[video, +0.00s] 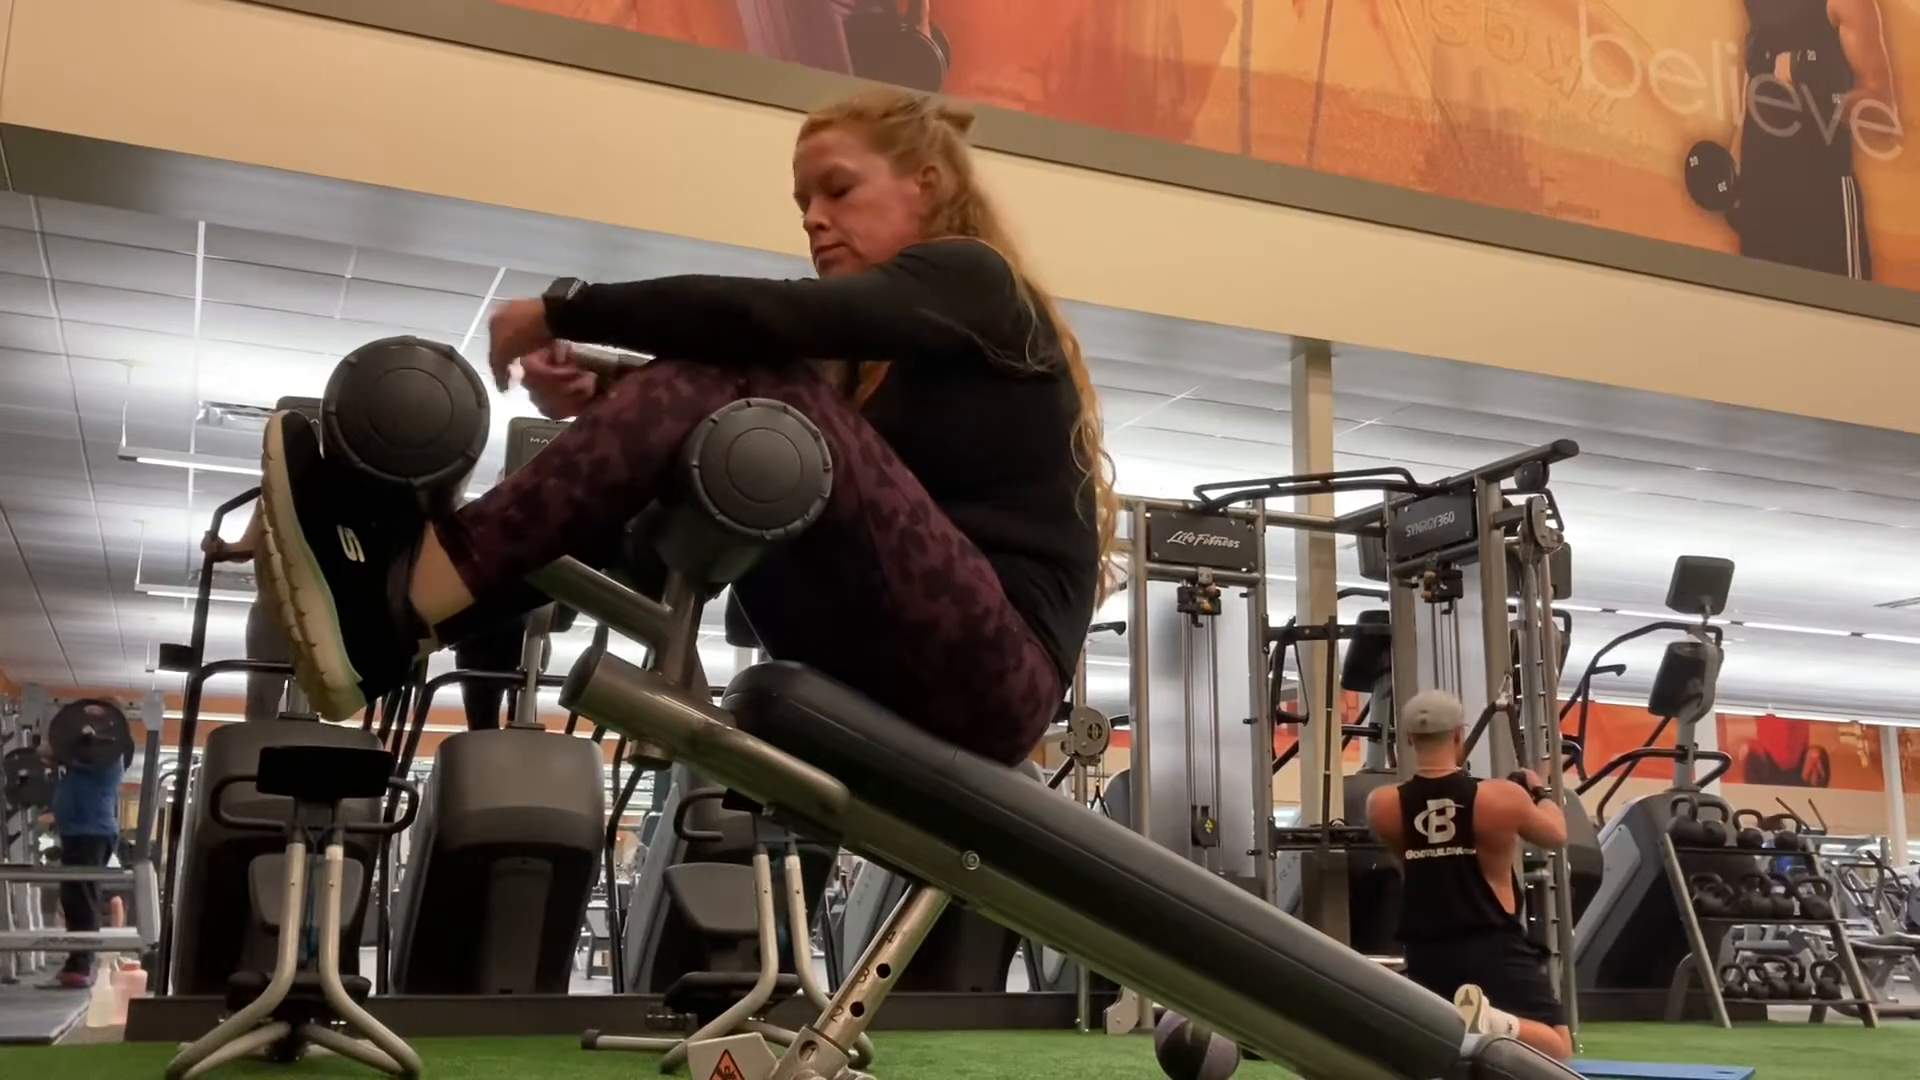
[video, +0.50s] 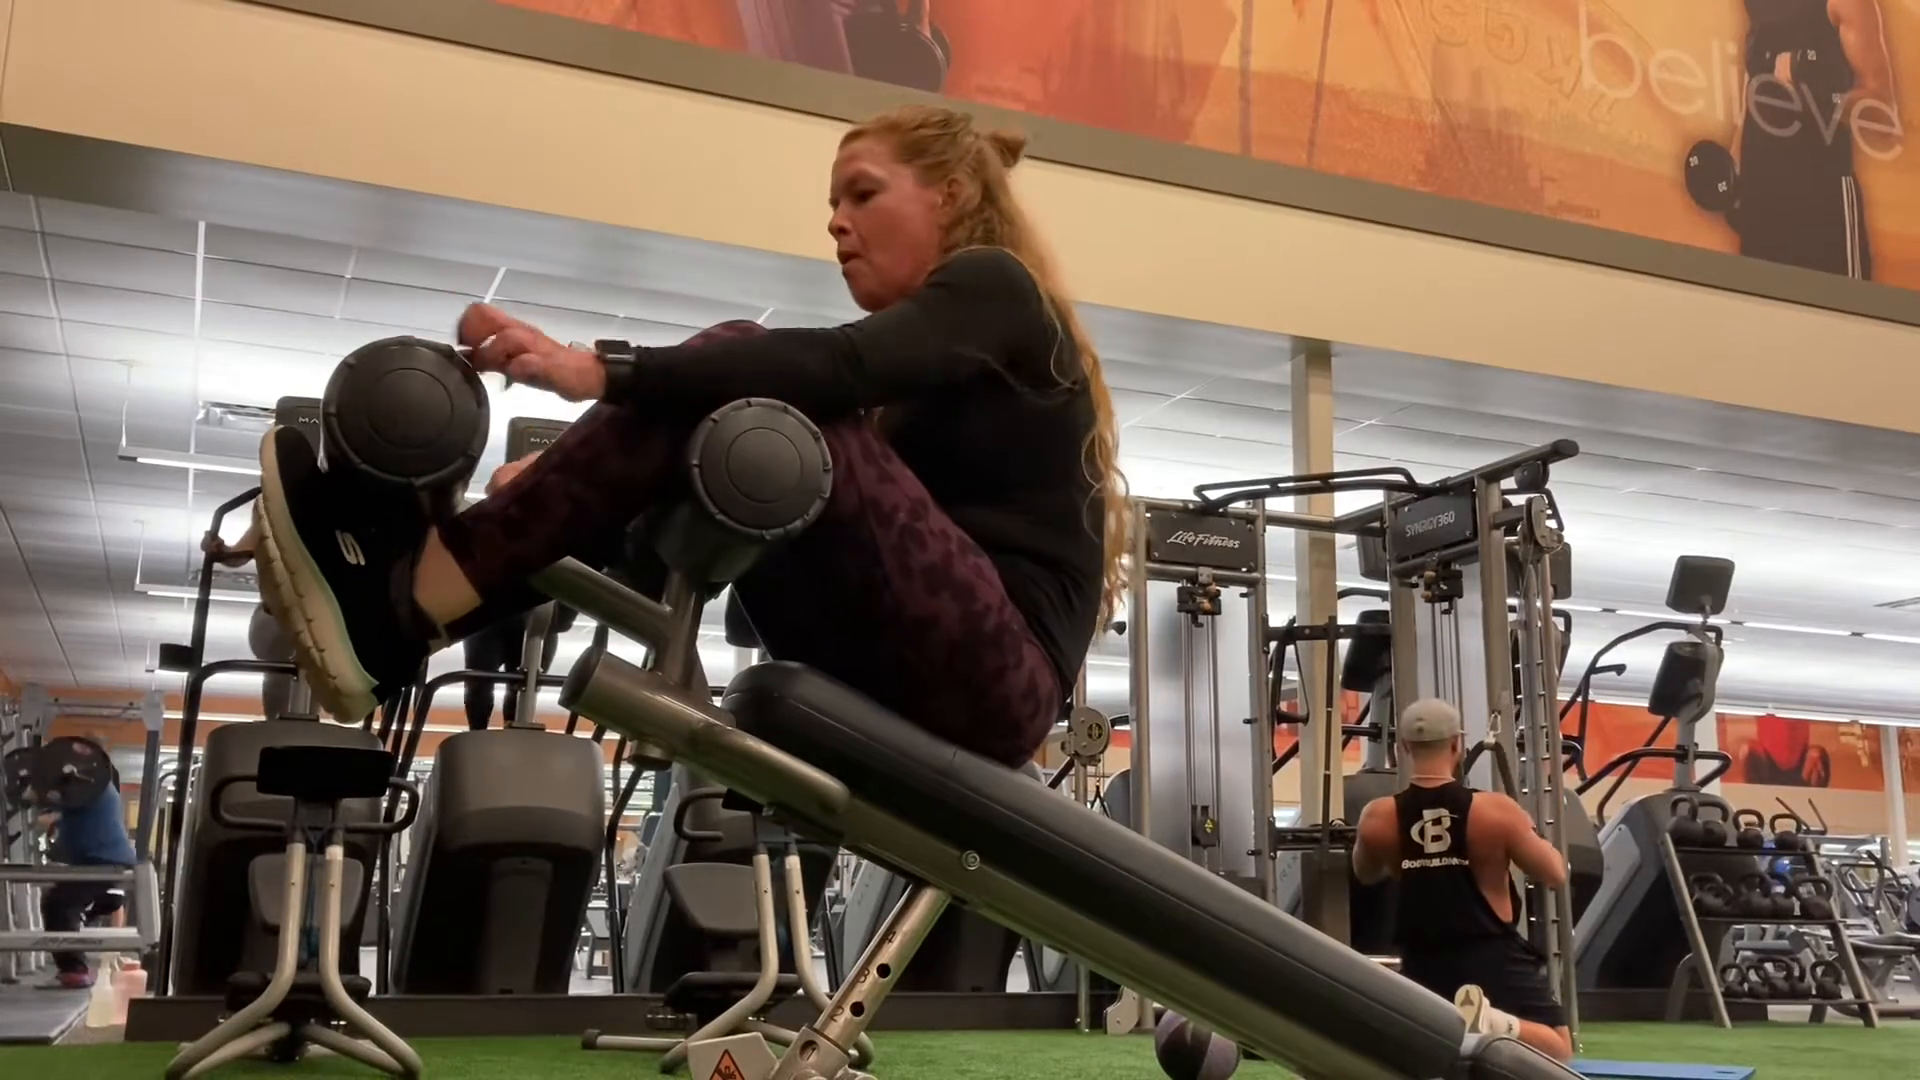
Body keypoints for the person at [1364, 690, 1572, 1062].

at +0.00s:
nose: (1462, 739)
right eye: (1461, 732)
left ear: (1409, 740)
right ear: (1459, 735)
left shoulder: (1382, 805)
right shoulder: (1501, 798)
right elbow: (1555, 832)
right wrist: (1541, 791)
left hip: (1425, 954)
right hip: (1495, 953)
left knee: (1439, 1046)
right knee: (1561, 1047)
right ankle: (1495, 1021)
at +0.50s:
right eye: (1461, 740)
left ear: (1401, 750)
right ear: (1456, 745)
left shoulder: (1378, 817)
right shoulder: (1496, 811)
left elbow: (1365, 872)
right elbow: (1555, 874)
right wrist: (1528, 834)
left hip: (1421, 969)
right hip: (1495, 965)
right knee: (1561, 1049)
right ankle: (1493, 1021)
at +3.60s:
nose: (1556, 593)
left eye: (1554, 586)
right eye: (1553, 586)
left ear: (1503, 592)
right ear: (1540, 589)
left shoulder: (1469, 651)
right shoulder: (1565, 637)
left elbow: (1467, 717)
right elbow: (1612, 702)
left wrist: (1512, 683)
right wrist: (1599, 665)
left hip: (1500, 786)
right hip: (1563, 779)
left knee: (1505, 905)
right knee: (1636, 878)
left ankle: (1503, 1029)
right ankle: (1723, 983)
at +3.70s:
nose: (1561, 592)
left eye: (1557, 586)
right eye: (1559, 586)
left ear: (1510, 593)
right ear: (1553, 590)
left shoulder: (1476, 650)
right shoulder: (1582, 641)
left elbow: (1469, 717)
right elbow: (1620, 713)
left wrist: (1517, 697)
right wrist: (1593, 678)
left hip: (1513, 786)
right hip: (1579, 778)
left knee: (1509, 907)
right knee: (1643, 886)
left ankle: (1504, 1030)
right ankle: (1716, 1003)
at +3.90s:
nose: (1584, 603)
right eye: (1590, 594)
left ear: (1544, 598)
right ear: (1590, 597)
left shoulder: (1517, 656)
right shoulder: (1628, 652)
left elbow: (1493, 728)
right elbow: (1651, 723)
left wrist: (1500, 780)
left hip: (1550, 796)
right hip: (1618, 796)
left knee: (1531, 905)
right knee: (1646, 907)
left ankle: (1504, 1031)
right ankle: (1680, 1038)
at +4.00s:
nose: (1597, 604)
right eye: (1604, 595)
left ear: (1563, 599)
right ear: (1609, 598)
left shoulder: (1538, 654)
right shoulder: (1649, 652)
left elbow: (1514, 730)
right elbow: (1666, 730)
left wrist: (1491, 794)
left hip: (1570, 795)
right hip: (1639, 794)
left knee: (1538, 900)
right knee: (1660, 911)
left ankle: (1513, 1027)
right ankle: (1683, 1039)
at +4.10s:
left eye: (1585, 595)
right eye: (1613, 594)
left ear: (1574, 597)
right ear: (1619, 596)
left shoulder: (1552, 649)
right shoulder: (1657, 648)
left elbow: (1522, 720)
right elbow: (1678, 719)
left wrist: (1502, 783)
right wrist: (1650, 754)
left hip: (1583, 788)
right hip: (1649, 787)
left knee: (1552, 892)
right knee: (1664, 907)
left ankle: (1546, 1017)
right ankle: (1683, 1037)